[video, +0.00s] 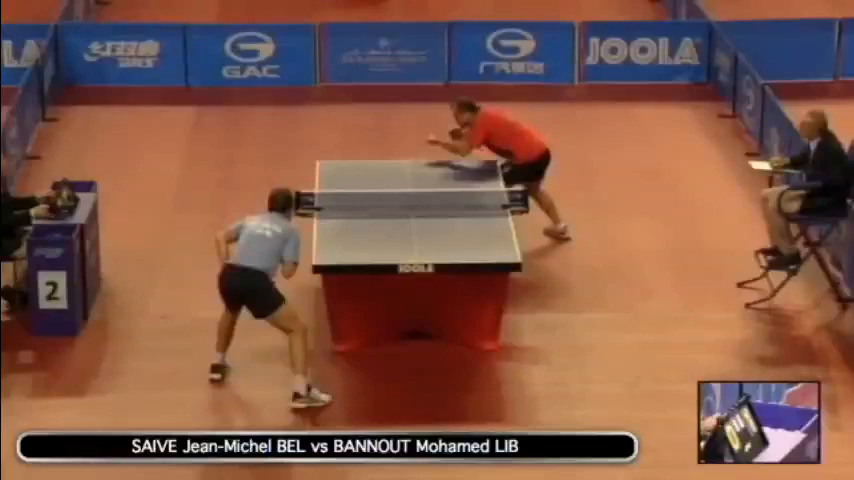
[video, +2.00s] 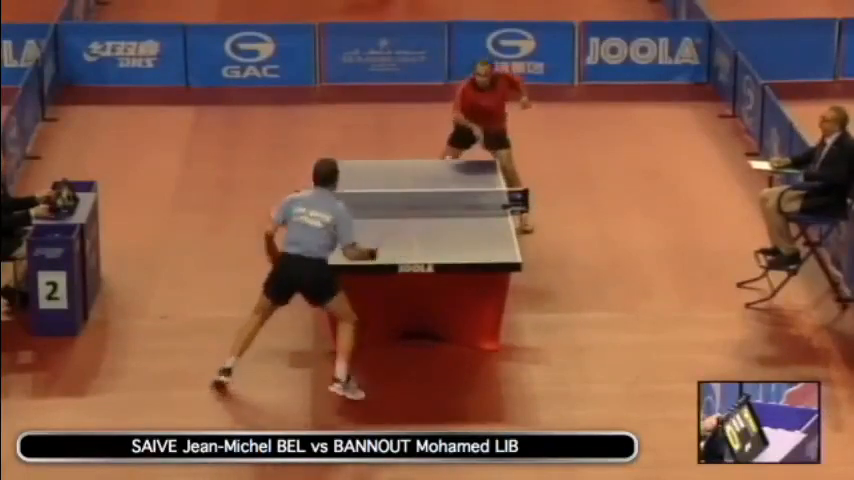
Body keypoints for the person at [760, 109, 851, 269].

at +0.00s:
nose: (801, 126)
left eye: (807, 123)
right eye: (802, 123)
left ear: (818, 127)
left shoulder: (830, 148)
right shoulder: (814, 144)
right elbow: (803, 160)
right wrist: (785, 163)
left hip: (829, 201)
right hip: (816, 193)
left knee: (775, 204)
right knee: (767, 196)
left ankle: (790, 253)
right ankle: (780, 246)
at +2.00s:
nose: (821, 123)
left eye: (826, 121)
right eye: (822, 119)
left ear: (838, 125)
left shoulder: (846, 146)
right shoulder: (826, 141)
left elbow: (836, 177)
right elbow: (807, 158)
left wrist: (807, 175)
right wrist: (786, 162)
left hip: (830, 199)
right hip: (814, 191)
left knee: (774, 204)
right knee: (766, 197)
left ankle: (790, 253)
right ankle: (780, 247)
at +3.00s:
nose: (820, 123)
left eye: (824, 120)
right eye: (820, 119)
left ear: (836, 125)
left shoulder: (845, 146)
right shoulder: (826, 140)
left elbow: (837, 177)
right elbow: (807, 158)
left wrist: (807, 175)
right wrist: (786, 162)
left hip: (829, 199)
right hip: (815, 191)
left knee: (774, 205)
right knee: (766, 197)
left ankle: (789, 253)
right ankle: (780, 247)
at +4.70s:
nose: (821, 123)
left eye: (826, 121)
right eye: (821, 119)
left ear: (838, 126)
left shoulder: (846, 147)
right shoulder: (826, 141)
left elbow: (837, 178)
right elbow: (807, 158)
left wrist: (805, 175)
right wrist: (786, 162)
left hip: (830, 199)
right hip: (815, 191)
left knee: (773, 204)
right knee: (765, 197)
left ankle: (789, 254)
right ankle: (780, 247)